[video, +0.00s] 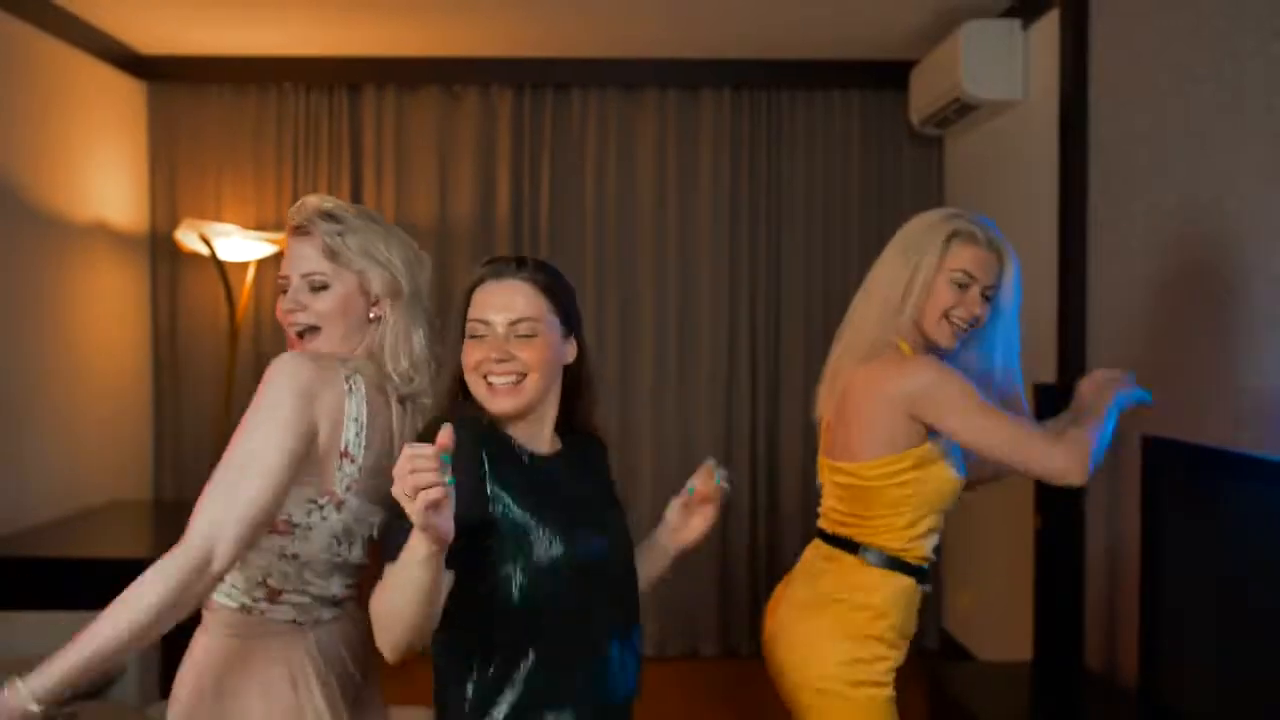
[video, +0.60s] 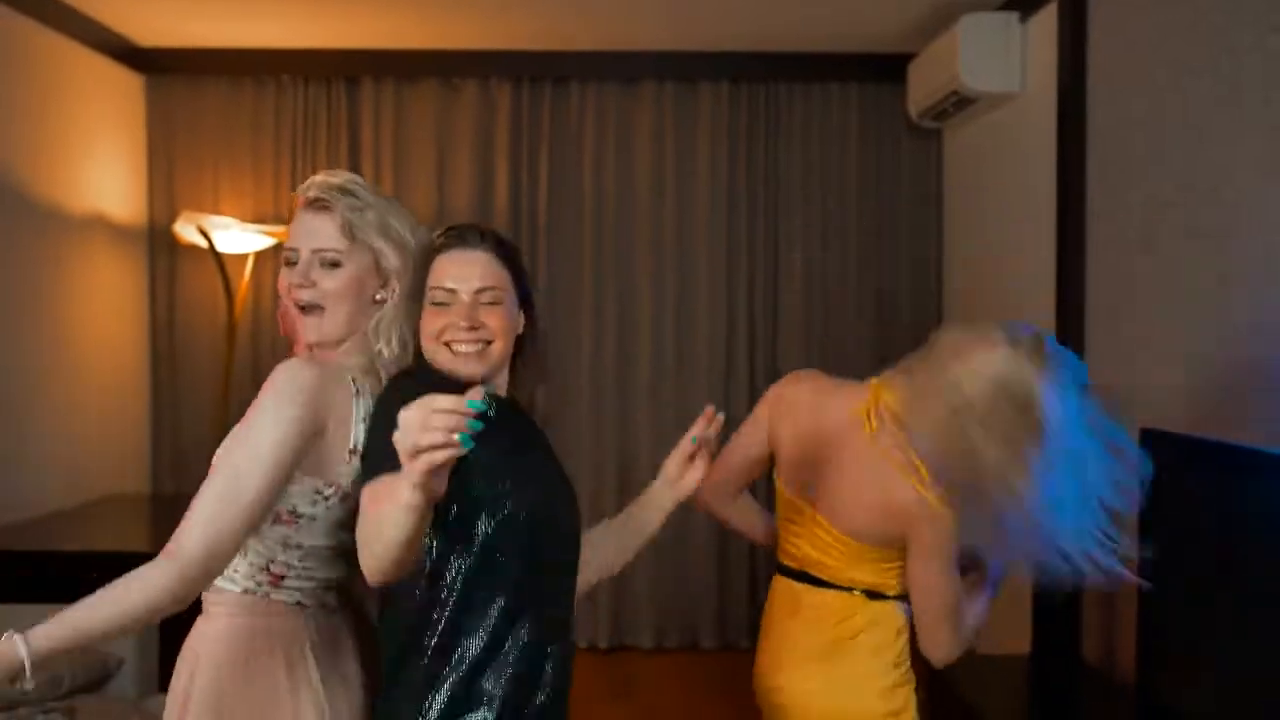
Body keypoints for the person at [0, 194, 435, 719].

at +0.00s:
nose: (290, 306)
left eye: (317, 286)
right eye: (286, 287)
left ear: (379, 300)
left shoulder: (303, 378)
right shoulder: (406, 397)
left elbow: (204, 555)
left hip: (251, 659)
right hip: (345, 651)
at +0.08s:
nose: (293, 286)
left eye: (323, 267)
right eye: (292, 268)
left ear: (384, 287)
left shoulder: (309, 377)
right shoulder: (405, 385)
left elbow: (199, 567)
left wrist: (72, 703)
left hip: (246, 647)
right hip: (339, 639)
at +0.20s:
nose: (294, 301)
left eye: (325, 282)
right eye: (289, 280)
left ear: (387, 304)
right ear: (279, 289)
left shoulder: (318, 432)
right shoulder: (384, 422)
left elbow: (223, 634)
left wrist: (60, 684)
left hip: (266, 673)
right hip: (329, 660)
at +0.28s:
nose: (297, 324)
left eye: (326, 305)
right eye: (288, 303)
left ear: (384, 324)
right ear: (276, 309)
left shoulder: (308, 436)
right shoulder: (388, 434)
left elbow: (216, 642)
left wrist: (40, 631)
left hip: (256, 695)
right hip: (332, 691)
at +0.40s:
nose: (301, 318)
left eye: (330, 299)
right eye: (290, 297)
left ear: (386, 318)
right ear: (278, 304)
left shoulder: (306, 410)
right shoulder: (402, 420)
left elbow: (214, 608)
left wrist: (40, 564)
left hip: (254, 672)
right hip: (338, 669)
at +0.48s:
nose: (301, 291)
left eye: (331, 272)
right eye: (291, 271)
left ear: (385, 294)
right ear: (277, 279)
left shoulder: (304, 370)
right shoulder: (388, 385)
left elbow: (214, 560)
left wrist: (31, 573)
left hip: (251, 647)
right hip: (323, 640)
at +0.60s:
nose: (299, 282)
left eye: (328, 262)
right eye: (293, 261)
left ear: (386, 283)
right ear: (281, 270)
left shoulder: (306, 383)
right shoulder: (403, 389)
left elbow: (181, 571)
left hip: (249, 646)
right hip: (333, 640)